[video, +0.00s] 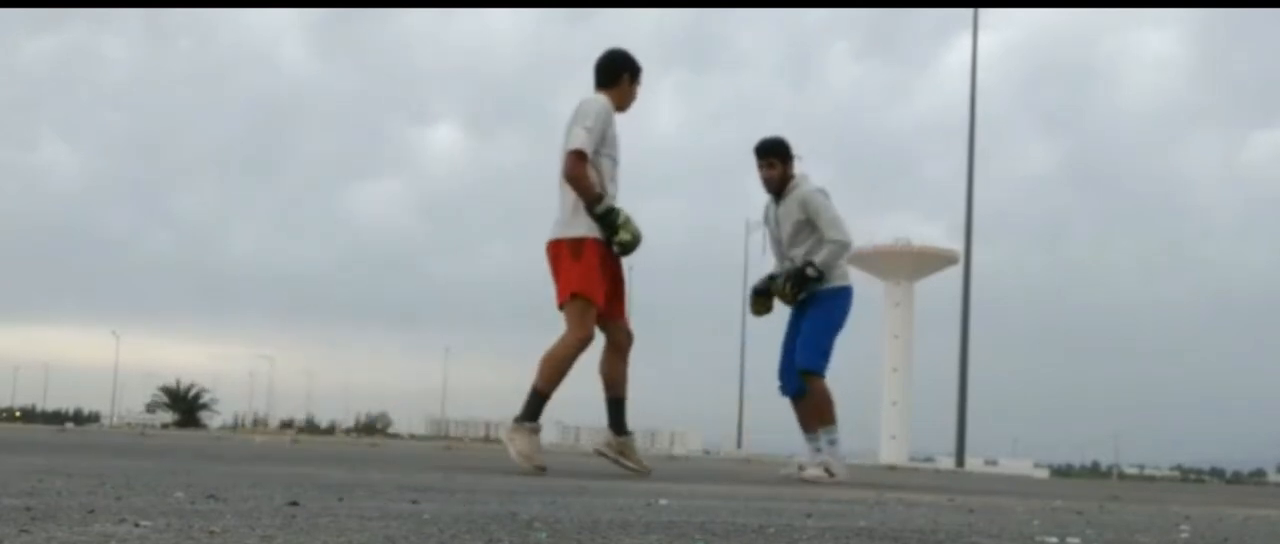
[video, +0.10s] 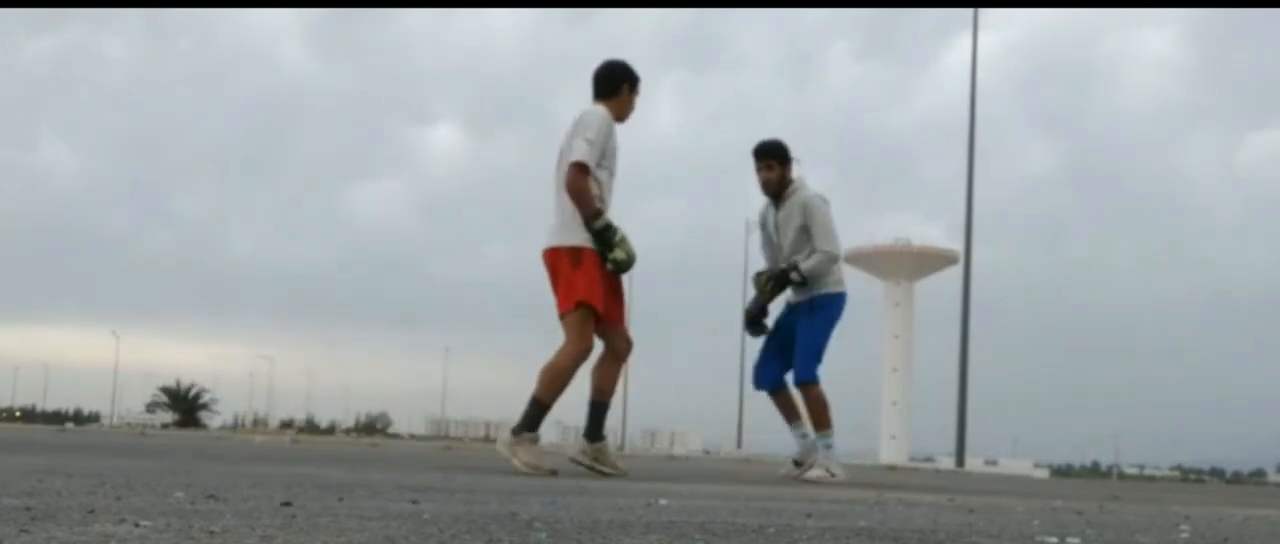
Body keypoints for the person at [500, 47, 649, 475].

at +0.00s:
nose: (636, 94)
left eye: (637, 85)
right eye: (635, 84)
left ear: (608, 78)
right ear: (623, 80)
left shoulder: (604, 119)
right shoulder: (594, 107)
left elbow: (595, 182)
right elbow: (575, 169)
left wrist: (618, 227)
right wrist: (608, 215)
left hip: (599, 241)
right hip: (578, 237)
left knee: (619, 337)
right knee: (580, 331)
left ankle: (618, 436)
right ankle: (524, 426)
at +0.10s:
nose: (636, 104)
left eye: (636, 95)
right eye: (635, 95)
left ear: (603, 89)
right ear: (623, 91)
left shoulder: (597, 126)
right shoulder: (595, 119)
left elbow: (582, 188)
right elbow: (576, 180)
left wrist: (611, 241)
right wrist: (607, 235)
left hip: (591, 248)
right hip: (573, 244)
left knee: (618, 343)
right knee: (579, 341)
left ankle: (593, 442)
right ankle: (521, 435)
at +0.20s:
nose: (635, 113)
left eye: (635, 104)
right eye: (634, 104)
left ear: (600, 100)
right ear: (625, 101)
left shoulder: (583, 137)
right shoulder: (598, 135)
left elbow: (573, 201)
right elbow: (582, 196)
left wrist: (604, 256)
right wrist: (608, 248)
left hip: (579, 263)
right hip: (570, 261)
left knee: (623, 350)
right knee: (579, 352)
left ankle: (589, 444)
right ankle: (517, 440)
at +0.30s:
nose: (638, 99)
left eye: (638, 91)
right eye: (638, 90)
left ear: (601, 85)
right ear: (630, 87)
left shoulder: (588, 118)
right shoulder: (606, 117)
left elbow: (575, 182)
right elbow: (590, 175)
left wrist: (608, 232)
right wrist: (617, 225)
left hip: (581, 244)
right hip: (576, 243)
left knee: (626, 336)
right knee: (583, 339)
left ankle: (600, 430)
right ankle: (526, 433)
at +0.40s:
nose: (639, 97)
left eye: (639, 90)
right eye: (640, 89)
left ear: (603, 85)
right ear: (634, 87)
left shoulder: (587, 120)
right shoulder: (613, 114)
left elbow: (559, 189)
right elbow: (599, 170)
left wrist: (577, 232)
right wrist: (623, 214)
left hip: (585, 243)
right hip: (588, 243)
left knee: (626, 337)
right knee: (588, 337)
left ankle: (601, 432)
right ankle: (534, 434)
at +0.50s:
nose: (644, 117)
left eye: (644, 110)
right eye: (644, 109)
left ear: (607, 106)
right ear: (637, 107)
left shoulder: (587, 145)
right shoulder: (615, 139)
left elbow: (564, 208)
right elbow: (605, 194)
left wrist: (578, 251)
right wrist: (634, 229)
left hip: (585, 263)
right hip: (594, 264)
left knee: (627, 354)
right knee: (593, 353)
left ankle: (606, 445)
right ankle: (532, 442)